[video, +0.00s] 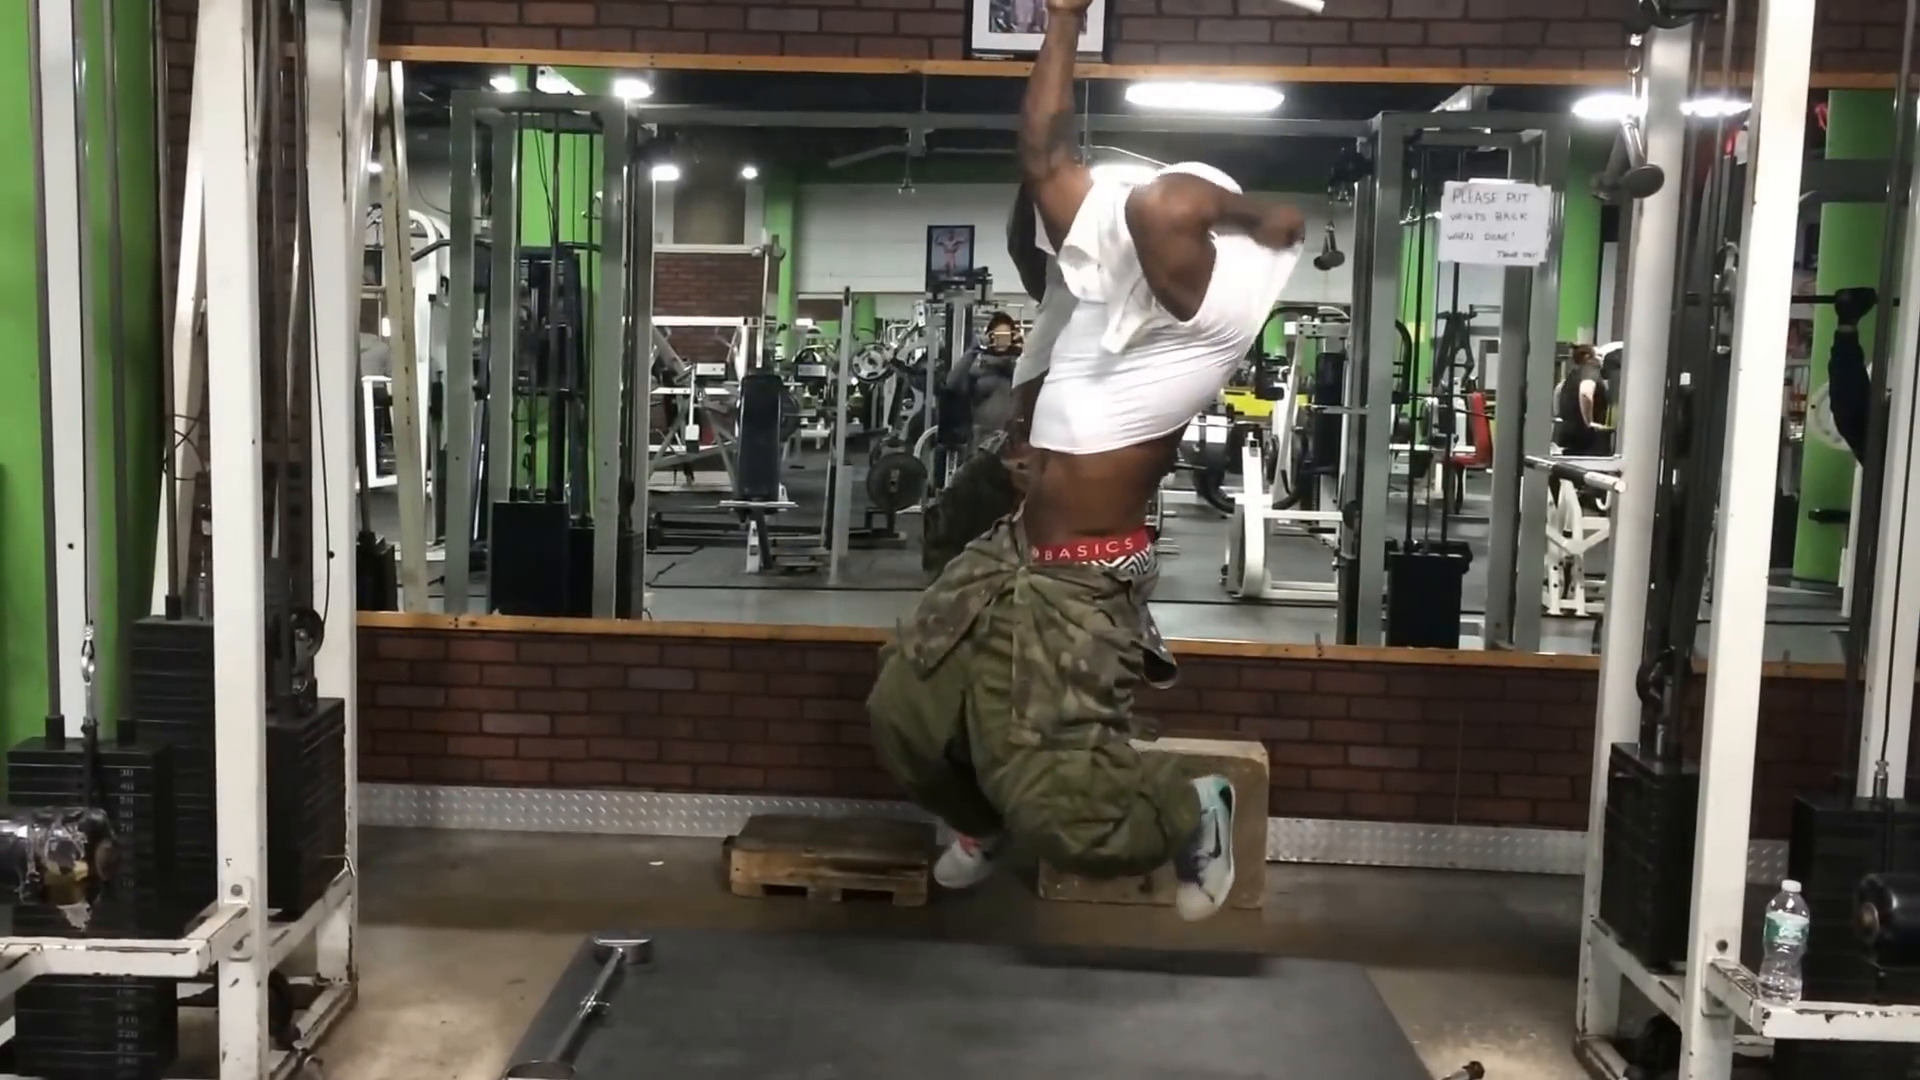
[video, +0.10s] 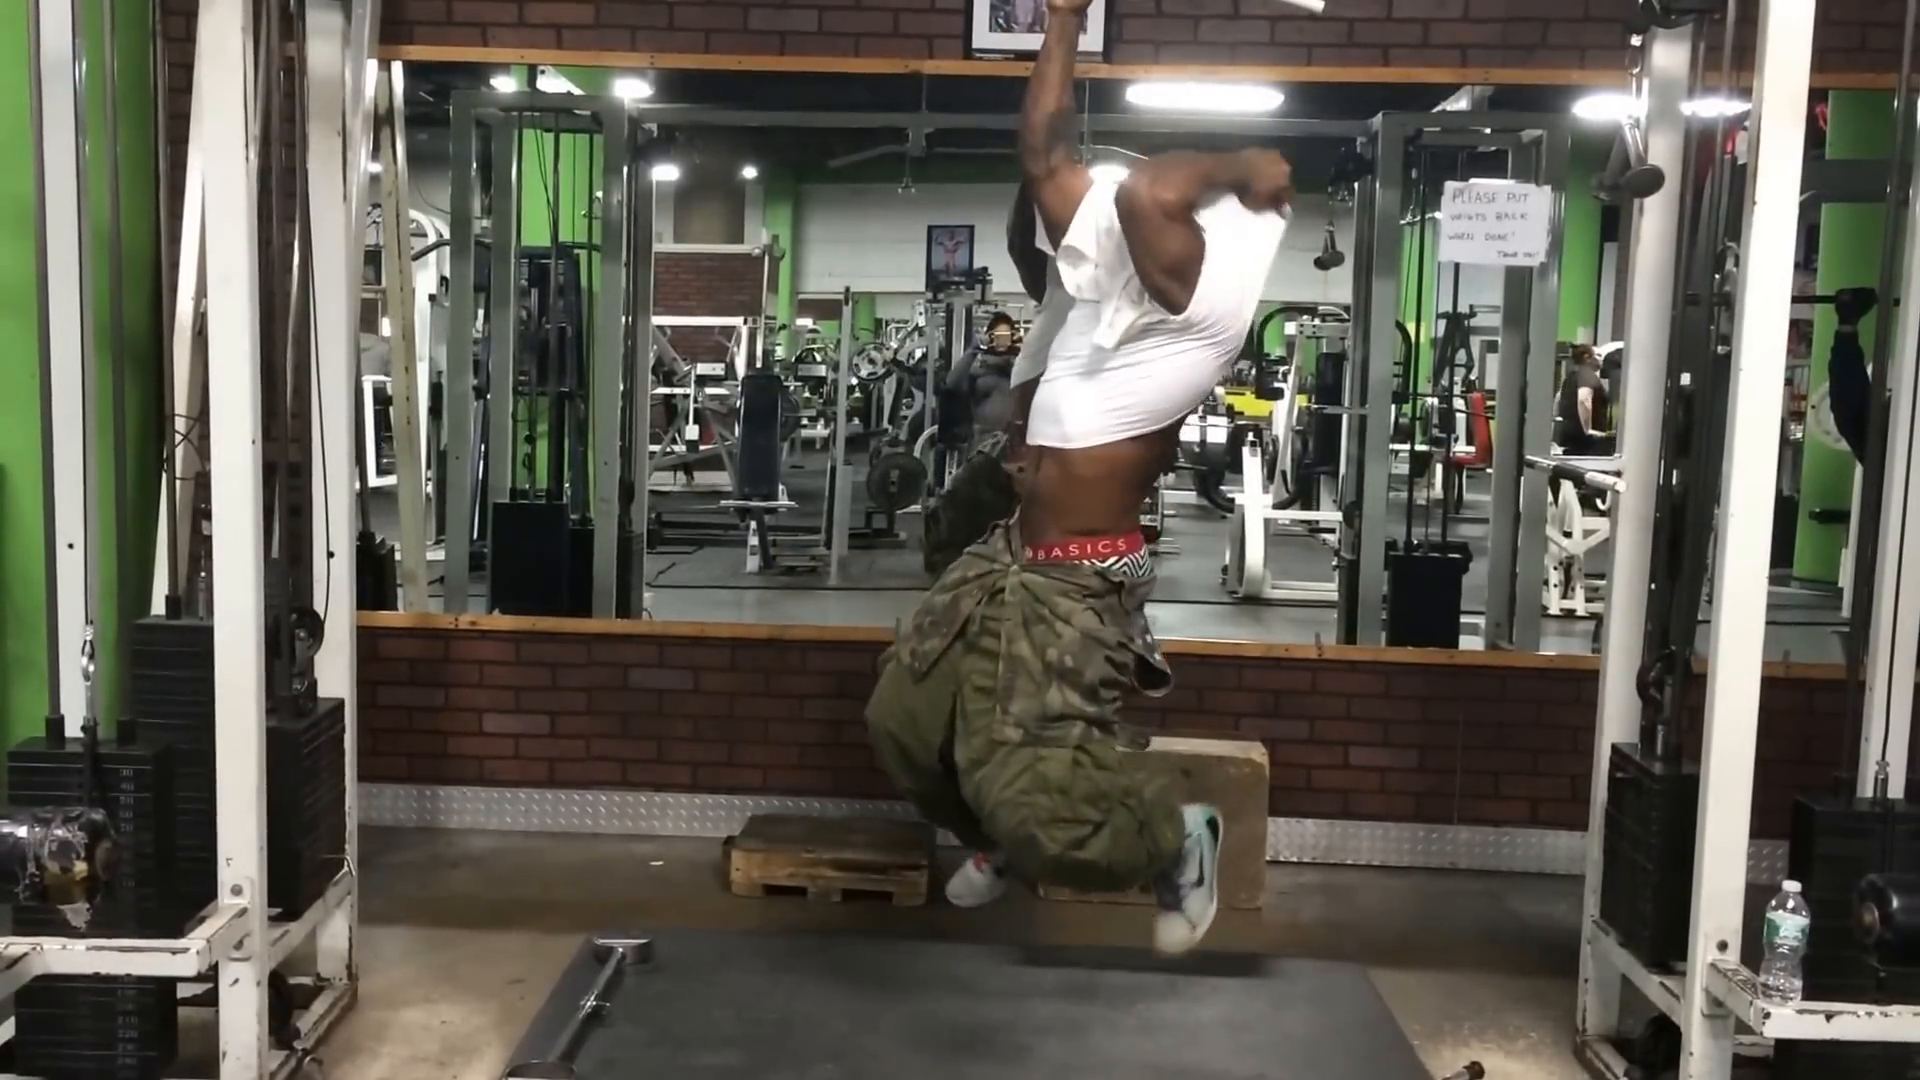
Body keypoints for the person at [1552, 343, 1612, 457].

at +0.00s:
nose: (1601, 359)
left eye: (1600, 355)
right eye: (1598, 356)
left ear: (1583, 359)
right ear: (1588, 358)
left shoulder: (1574, 372)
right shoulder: (1591, 370)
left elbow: (1558, 390)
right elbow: (1585, 394)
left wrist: (1558, 415)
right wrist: (1589, 422)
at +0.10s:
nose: (1600, 359)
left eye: (1599, 355)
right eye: (1597, 355)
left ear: (1586, 358)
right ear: (1587, 358)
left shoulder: (1572, 375)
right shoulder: (1588, 375)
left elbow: (1558, 399)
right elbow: (1584, 400)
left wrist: (1556, 417)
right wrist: (1588, 429)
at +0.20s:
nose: (1601, 358)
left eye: (1599, 355)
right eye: (1597, 355)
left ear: (1585, 358)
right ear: (1586, 358)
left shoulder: (1569, 378)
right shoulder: (1586, 377)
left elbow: (1557, 407)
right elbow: (1584, 405)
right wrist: (1588, 433)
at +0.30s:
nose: (1599, 358)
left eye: (1598, 354)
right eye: (1596, 354)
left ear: (1584, 357)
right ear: (1585, 357)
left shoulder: (1568, 376)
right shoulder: (1585, 376)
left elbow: (1559, 407)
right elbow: (1584, 405)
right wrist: (1588, 431)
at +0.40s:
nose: (1599, 358)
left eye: (1598, 354)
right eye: (1596, 354)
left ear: (1584, 356)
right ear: (1585, 356)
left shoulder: (1567, 374)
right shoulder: (1586, 374)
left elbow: (1557, 398)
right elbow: (1584, 399)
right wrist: (1588, 427)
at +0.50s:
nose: (1600, 358)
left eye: (1598, 354)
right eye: (1596, 353)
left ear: (1584, 356)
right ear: (1585, 356)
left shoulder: (1566, 374)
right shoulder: (1590, 372)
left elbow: (1557, 391)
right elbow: (1586, 393)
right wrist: (1590, 420)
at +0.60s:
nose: (1600, 358)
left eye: (1600, 354)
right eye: (1597, 353)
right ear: (1586, 356)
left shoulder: (1564, 373)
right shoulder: (1591, 372)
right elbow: (1588, 386)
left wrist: (1558, 409)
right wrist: (1592, 413)